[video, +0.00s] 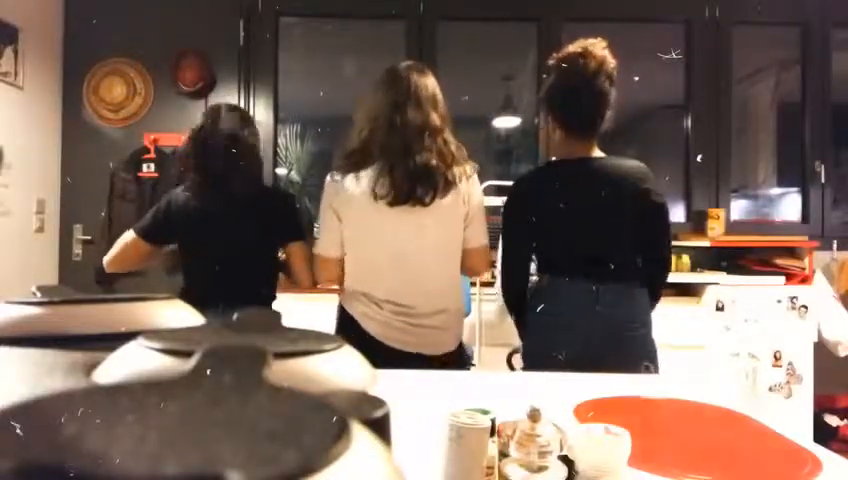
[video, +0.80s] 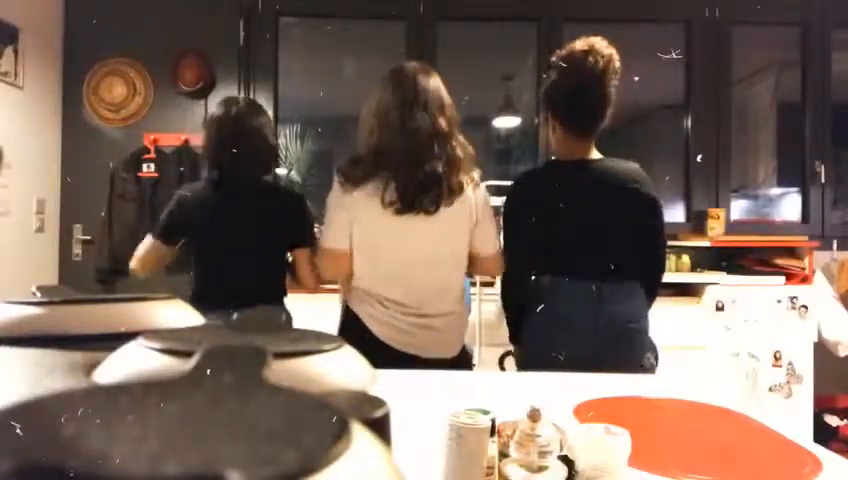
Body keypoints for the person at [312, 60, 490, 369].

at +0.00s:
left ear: (373, 113)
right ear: (438, 112)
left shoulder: (343, 183)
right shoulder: (463, 180)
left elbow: (327, 273)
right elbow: (478, 264)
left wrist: (374, 260)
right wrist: (433, 248)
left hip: (365, 349)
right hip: (440, 353)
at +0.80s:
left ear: (377, 118)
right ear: (445, 116)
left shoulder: (352, 185)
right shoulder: (468, 186)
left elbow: (331, 269)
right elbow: (492, 266)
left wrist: (373, 260)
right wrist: (444, 257)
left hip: (370, 349)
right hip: (445, 353)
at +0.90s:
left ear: (378, 123)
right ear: (440, 121)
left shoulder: (358, 195)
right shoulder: (467, 191)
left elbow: (334, 285)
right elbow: (490, 274)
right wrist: (444, 265)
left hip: (371, 358)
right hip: (446, 359)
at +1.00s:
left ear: (380, 112)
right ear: (440, 110)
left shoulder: (353, 187)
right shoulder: (468, 182)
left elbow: (345, 278)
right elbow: (492, 263)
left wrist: (330, 261)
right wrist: (443, 259)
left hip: (373, 349)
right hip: (445, 350)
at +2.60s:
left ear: (372, 112)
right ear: (436, 109)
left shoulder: (348, 183)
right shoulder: (462, 186)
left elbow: (333, 272)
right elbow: (478, 264)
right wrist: (432, 256)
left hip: (367, 346)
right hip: (438, 350)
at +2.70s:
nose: (359, 115)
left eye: (365, 107)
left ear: (376, 119)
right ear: (443, 119)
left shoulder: (357, 191)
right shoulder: (460, 192)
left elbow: (352, 277)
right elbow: (469, 262)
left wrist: (331, 227)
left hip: (373, 344)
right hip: (440, 350)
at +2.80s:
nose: (373, 109)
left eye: (381, 100)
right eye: (378, 99)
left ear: (392, 113)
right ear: (442, 117)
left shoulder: (383, 170)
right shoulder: (447, 181)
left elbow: (377, 265)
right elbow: (461, 256)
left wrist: (338, 223)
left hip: (386, 336)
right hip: (438, 341)